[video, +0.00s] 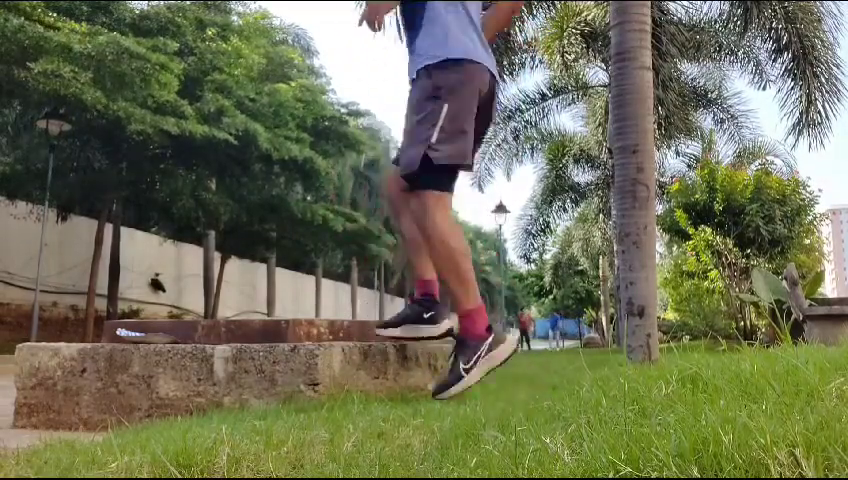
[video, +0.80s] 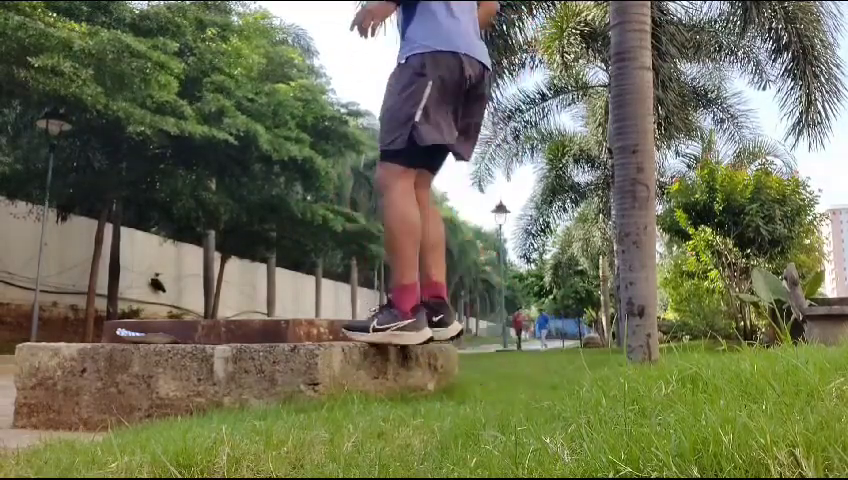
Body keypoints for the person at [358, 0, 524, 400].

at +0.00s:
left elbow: (381, 7)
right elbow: (512, 2)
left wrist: (376, 11)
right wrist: (475, 39)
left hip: (447, 63)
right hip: (479, 70)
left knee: (427, 202)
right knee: (398, 184)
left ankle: (478, 335)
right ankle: (426, 301)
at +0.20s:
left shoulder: (423, 4)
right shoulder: (487, 5)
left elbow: (442, 9)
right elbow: (530, 37)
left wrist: (401, 68)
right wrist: (494, 101)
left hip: (453, 118)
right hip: (488, 121)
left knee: (462, 254)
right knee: (402, 231)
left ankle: (515, 382)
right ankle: (486, 315)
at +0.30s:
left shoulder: (427, 6)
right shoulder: (490, 4)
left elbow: (457, 3)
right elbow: (526, 34)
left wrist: (408, 51)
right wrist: (487, 85)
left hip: (448, 104)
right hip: (489, 114)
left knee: (426, 243)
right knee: (451, 246)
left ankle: (500, 365)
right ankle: (502, 362)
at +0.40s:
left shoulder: (422, 3)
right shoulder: (467, 18)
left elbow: (471, 6)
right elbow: (508, 69)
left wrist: (412, 72)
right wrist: (466, 106)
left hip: (452, 118)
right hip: (499, 131)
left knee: (366, 215)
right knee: (453, 252)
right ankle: (512, 372)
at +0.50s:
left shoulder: (424, 7)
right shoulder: (459, 14)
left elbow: (459, 2)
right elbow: (492, 57)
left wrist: (408, 55)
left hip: (445, 96)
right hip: (492, 114)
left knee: (348, 176)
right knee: (464, 239)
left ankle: (407, 277)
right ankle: (510, 365)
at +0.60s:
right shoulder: (467, 6)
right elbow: (485, 35)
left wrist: (396, 29)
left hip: (431, 77)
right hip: (481, 92)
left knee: (358, 187)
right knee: (447, 217)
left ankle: (395, 306)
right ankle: (499, 336)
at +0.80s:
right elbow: (489, 5)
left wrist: (386, 3)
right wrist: (452, 32)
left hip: (430, 49)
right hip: (474, 59)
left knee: (393, 177)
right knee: (420, 185)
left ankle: (403, 308)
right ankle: (436, 306)